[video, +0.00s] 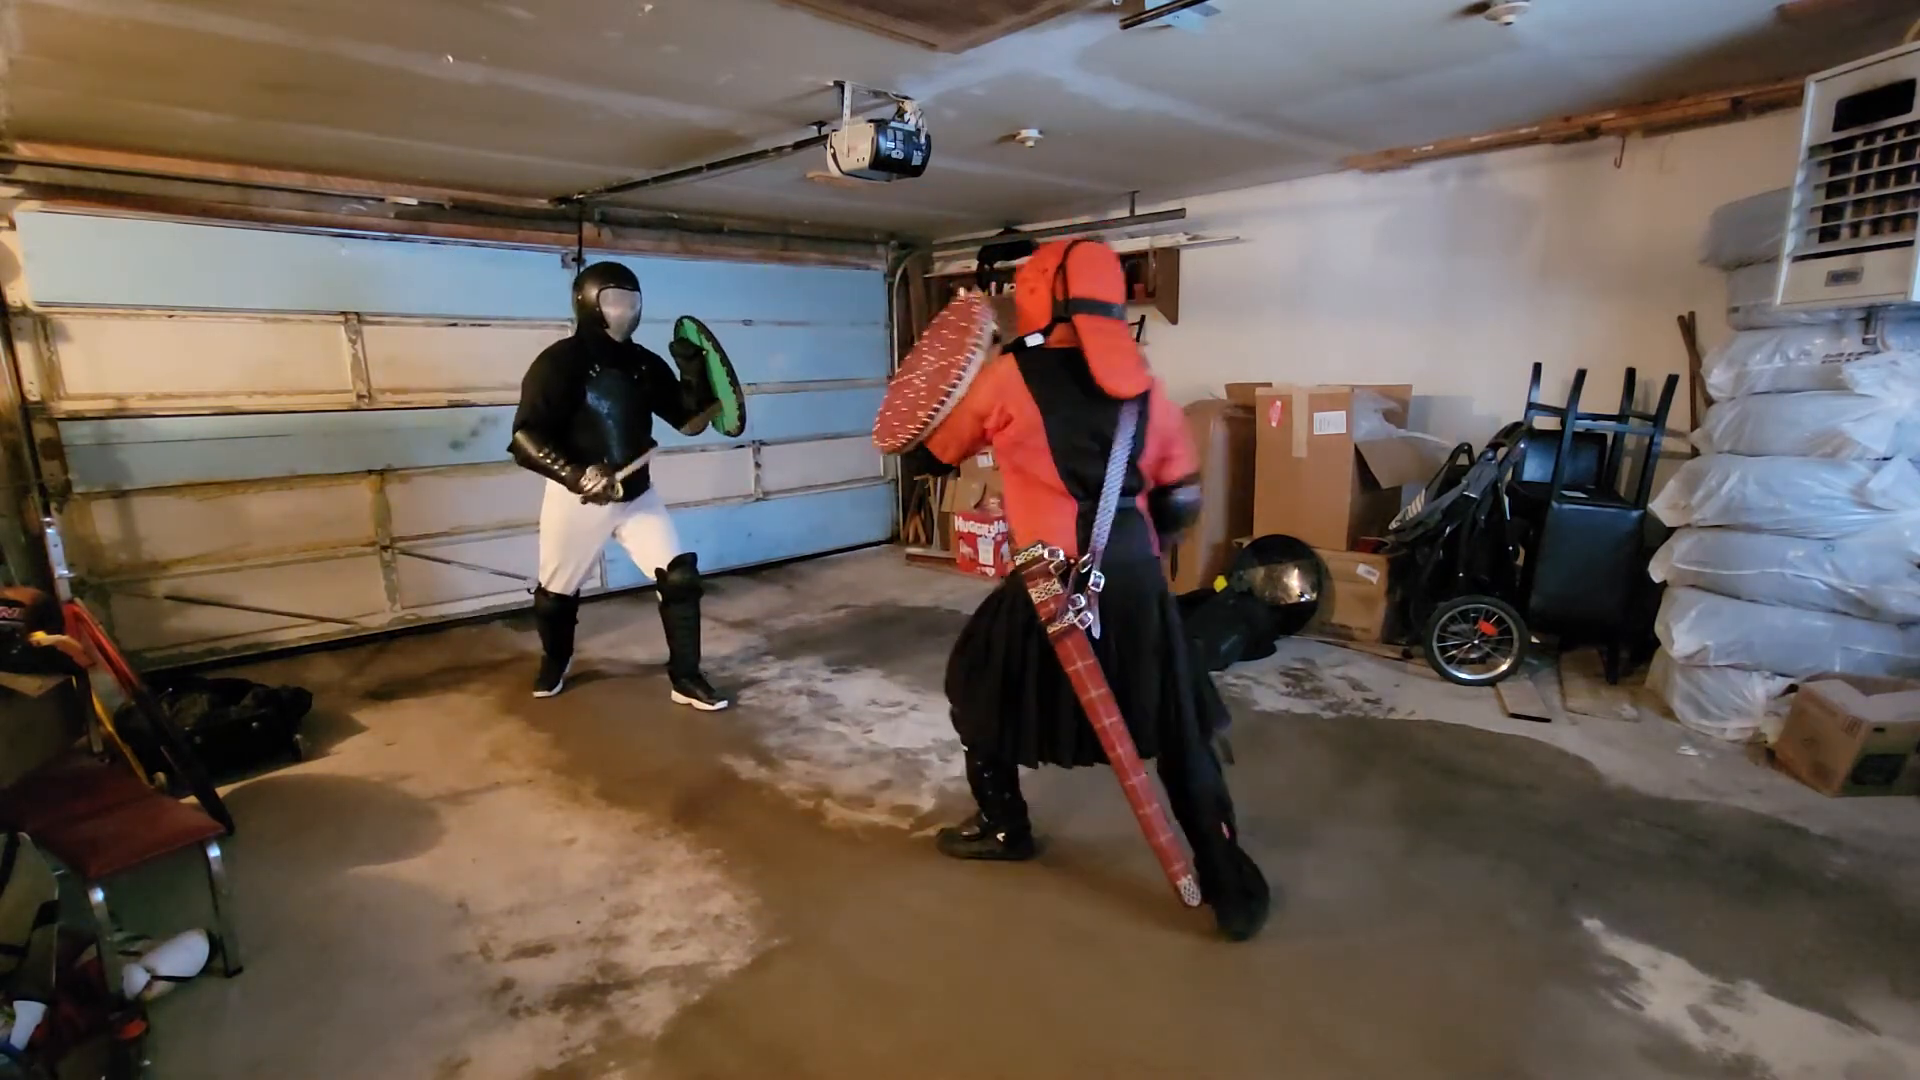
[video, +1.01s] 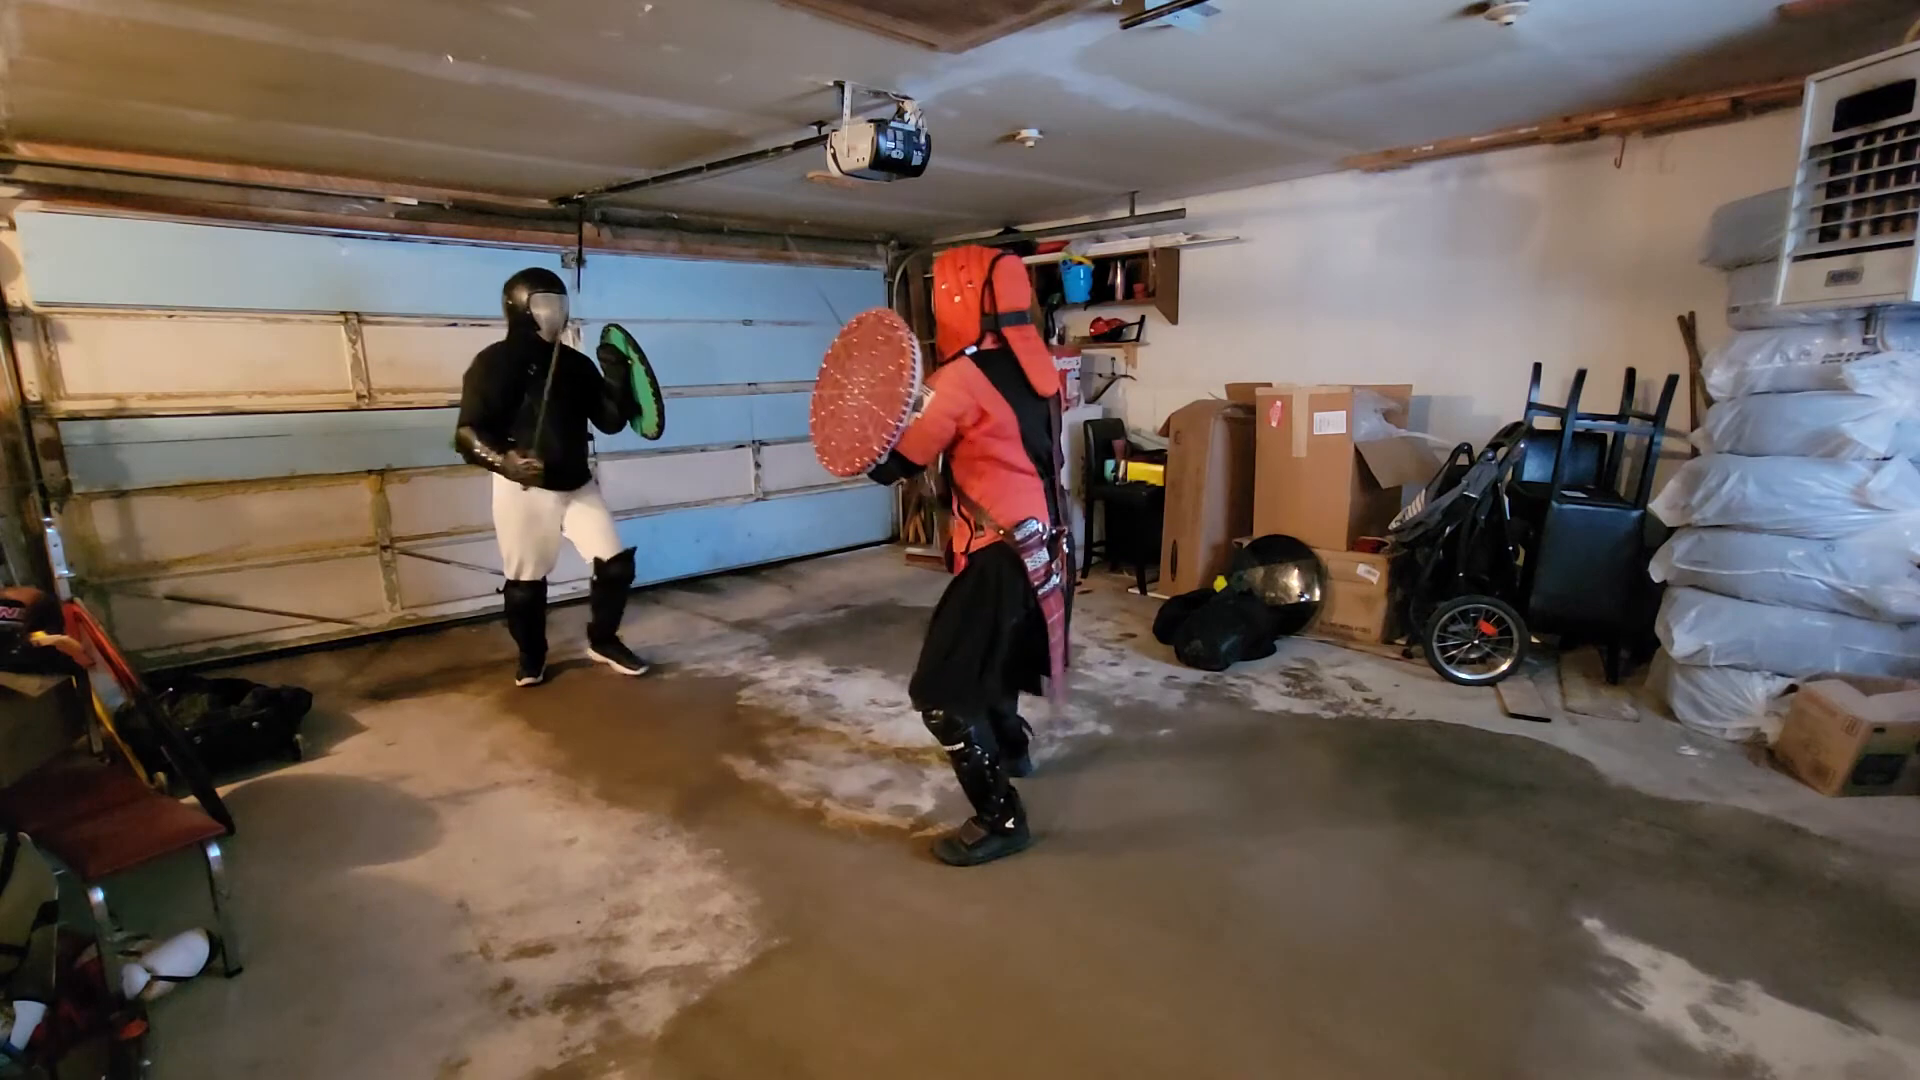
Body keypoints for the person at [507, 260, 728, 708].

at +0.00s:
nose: (635, 307)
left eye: (636, 298)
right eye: (625, 297)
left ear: (634, 305)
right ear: (594, 302)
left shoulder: (644, 363)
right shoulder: (558, 363)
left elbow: (689, 420)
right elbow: (524, 440)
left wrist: (698, 378)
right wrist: (578, 477)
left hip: (637, 497)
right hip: (574, 500)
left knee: (680, 577)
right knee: (552, 598)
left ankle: (686, 677)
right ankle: (554, 662)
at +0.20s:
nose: (643, 307)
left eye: (644, 298)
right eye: (633, 298)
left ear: (643, 304)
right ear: (603, 302)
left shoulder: (652, 362)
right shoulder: (570, 362)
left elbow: (694, 420)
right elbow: (547, 440)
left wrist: (695, 365)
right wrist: (603, 457)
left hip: (640, 494)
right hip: (581, 493)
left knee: (681, 576)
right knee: (558, 594)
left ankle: (686, 678)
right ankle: (556, 662)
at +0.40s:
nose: (637, 313)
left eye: (639, 303)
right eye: (628, 303)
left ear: (638, 309)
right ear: (601, 309)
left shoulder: (649, 364)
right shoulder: (585, 359)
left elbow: (680, 418)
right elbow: (629, 385)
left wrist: (700, 396)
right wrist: (682, 386)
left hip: (639, 490)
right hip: (585, 490)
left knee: (683, 572)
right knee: (558, 597)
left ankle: (686, 676)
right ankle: (555, 653)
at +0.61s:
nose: (619, 319)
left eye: (621, 310)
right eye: (608, 310)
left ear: (624, 315)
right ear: (581, 317)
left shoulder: (632, 378)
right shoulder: (563, 367)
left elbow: (664, 431)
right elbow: (571, 423)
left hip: (624, 500)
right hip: (570, 497)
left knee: (674, 575)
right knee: (553, 603)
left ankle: (686, 678)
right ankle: (528, 651)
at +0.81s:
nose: (588, 318)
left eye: (587, 308)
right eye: (579, 308)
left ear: (577, 316)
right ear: (549, 312)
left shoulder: (595, 371)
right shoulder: (517, 370)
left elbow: (625, 428)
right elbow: (503, 444)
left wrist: (643, 391)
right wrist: (553, 474)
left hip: (587, 492)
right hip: (532, 493)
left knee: (634, 567)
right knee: (528, 588)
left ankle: (665, 662)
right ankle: (531, 661)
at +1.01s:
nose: (562, 311)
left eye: (562, 301)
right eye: (552, 302)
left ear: (558, 308)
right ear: (525, 308)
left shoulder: (574, 364)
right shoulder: (493, 363)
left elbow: (610, 421)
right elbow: (466, 434)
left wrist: (617, 377)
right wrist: (503, 461)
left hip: (576, 487)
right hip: (521, 491)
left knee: (615, 564)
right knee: (526, 582)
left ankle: (603, 641)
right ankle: (531, 660)